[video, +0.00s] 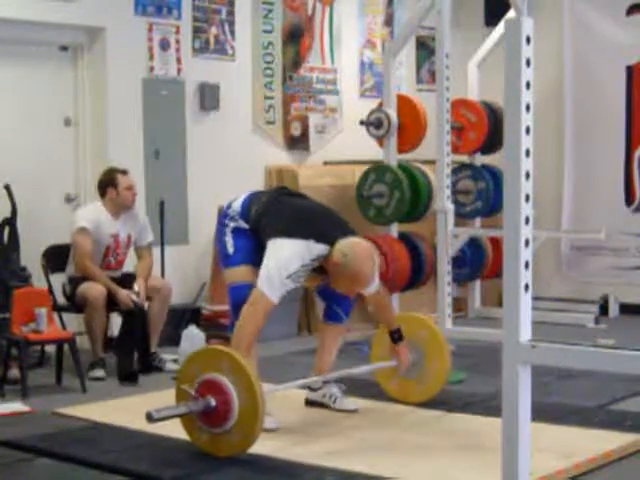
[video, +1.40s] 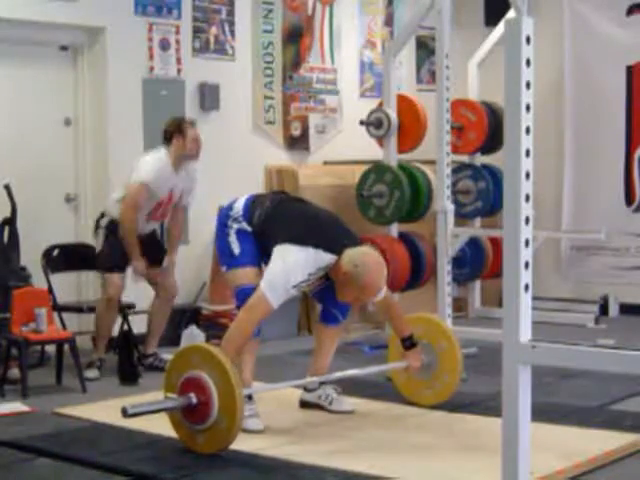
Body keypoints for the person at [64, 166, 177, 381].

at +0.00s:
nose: (135, 193)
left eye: (134, 188)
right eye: (129, 189)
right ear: (111, 193)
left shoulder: (135, 217)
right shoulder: (88, 216)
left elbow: (145, 256)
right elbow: (83, 264)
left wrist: (141, 281)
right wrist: (116, 290)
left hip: (119, 276)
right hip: (87, 277)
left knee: (162, 288)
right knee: (97, 294)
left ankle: (151, 352)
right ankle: (98, 359)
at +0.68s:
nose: (153, 219)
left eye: (152, 213)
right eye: (149, 214)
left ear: (135, 218)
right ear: (134, 218)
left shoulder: (146, 233)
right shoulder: (102, 229)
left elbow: (149, 261)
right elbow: (75, 268)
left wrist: (144, 273)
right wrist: (113, 282)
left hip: (122, 279)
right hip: (89, 280)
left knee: (163, 288)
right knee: (92, 293)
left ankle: (150, 351)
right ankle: (96, 358)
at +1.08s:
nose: (181, 211)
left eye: (181, 206)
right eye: (177, 206)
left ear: (161, 209)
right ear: (159, 209)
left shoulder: (171, 226)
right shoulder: (128, 223)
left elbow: (164, 256)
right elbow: (103, 262)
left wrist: (153, 281)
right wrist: (124, 291)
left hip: (138, 266)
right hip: (107, 266)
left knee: (171, 290)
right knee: (101, 297)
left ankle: (150, 352)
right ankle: (97, 359)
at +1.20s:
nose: (188, 187)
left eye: (188, 180)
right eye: (184, 181)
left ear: (170, 183)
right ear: (167, 182)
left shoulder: (178, 205)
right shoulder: (133, 204)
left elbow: (168, 245)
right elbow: (110, 248)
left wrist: (160, 278)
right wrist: (125, 290)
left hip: (139, 253)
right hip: (106, 251)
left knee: (173, 291)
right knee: (105, 297)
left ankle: (150, 352)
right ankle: (97, 358)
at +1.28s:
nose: (191, 169)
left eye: (191, 163)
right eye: (187, 164)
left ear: (175, 166)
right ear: (170, 167)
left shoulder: (183, 192)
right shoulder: (142, 188)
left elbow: (171, 239)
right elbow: (118, 232)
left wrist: (161, 275)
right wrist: (125, 279)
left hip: (142, 245)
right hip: (109, 241)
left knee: (170, 289)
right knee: (108, 294)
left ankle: (151, 352)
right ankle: (98, 357)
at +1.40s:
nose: (199, 145)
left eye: (199, 140)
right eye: (194, 140)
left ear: (184, 141)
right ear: (177, 140)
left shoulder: (188, 172)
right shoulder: (152, 166)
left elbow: (178, 215)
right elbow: (127, 212)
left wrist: (171, 255)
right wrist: (136, 258)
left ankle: (150, 352)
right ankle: (98, 356)